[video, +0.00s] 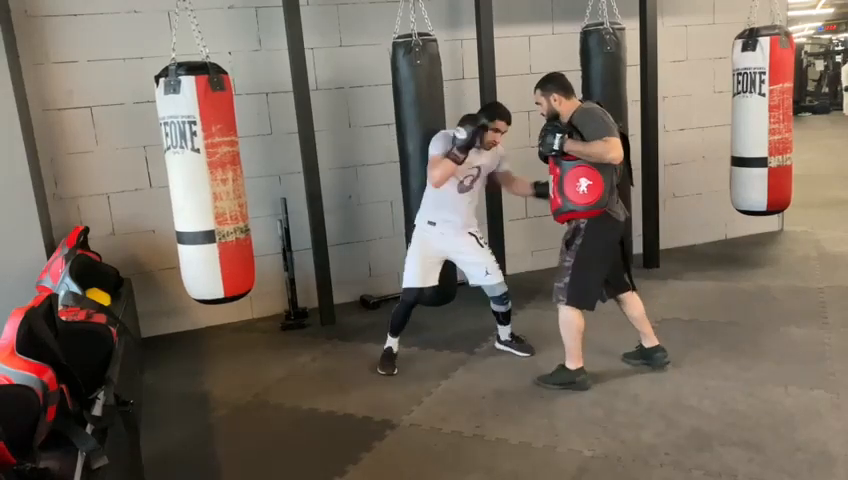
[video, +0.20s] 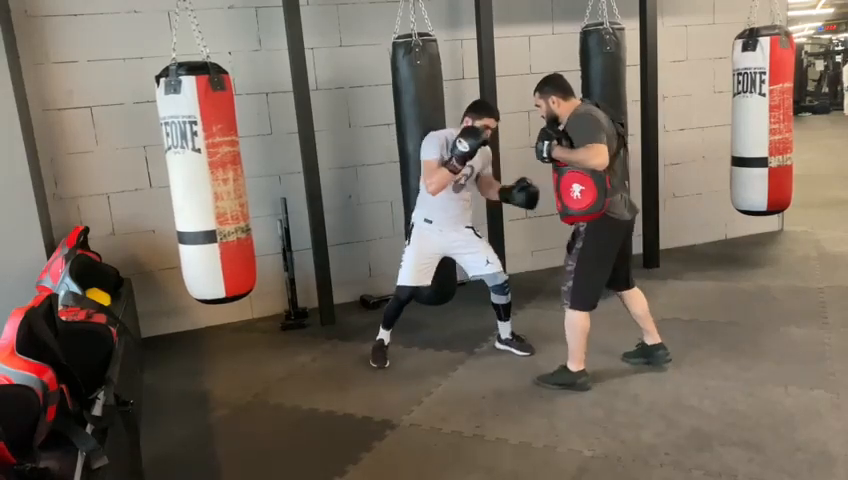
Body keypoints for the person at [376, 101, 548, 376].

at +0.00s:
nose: (500, 139)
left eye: (503, 134)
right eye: (496, 132)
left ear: (501, 132)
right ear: (481, 126)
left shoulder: (495, 154)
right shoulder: (445, 139)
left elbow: (509, 181)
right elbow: (435, 179)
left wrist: (541, 190)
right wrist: (462, 148)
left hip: (465, 232)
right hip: (429, 230)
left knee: (498, 288)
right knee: (411, 293)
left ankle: (505, 338)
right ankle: (390, 348)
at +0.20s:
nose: (488, 136)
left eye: (491, 131)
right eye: (485, 129)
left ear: (492, 130)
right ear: (468, 122)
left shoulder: (482, 152)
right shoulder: (435, 140)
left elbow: (487, 188)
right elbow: (432, 186)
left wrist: (513, 193)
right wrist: (460, 158)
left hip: (462, 231)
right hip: (426, 230)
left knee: (498, 279)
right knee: (405, 291)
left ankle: (505, 336)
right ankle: (381, 340)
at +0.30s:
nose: (477, 133)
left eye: (478, 127)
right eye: (472, 125)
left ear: (475, 127)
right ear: (453, 120)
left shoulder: (468, 147)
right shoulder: (421, 144)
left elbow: (469, 185)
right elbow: (428, 192)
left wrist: (494, 178)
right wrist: (455, 160)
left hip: (453, 229)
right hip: (419, 231)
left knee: (492, 277)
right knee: (407, 294)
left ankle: (505, 336)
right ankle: (380, 341)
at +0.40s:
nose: (457, 129)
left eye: (459, 123)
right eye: (453, 122)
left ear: (453, 123)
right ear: (436, 119)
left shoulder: (446, 147)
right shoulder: (405, 147)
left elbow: (456, 181)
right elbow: (419, 194)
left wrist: (475, 165)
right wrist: (442, 166)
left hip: (441, 228)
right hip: (408, 231)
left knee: (476, 275)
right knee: (398, 293)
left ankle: (502, 334)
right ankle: (378, 342)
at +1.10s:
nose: (441, 123)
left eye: (444, 119)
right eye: (439, 118)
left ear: (433, 116)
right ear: (421, 113)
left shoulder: (432, 137)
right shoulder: (395, 140)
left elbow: (450, 174)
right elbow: (417, 184)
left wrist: (469, 152)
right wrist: (441, 152)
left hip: (433, 222)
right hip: (402, 226)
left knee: (471, 268)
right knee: (393, 288)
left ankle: (477, 327)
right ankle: (376, 341)